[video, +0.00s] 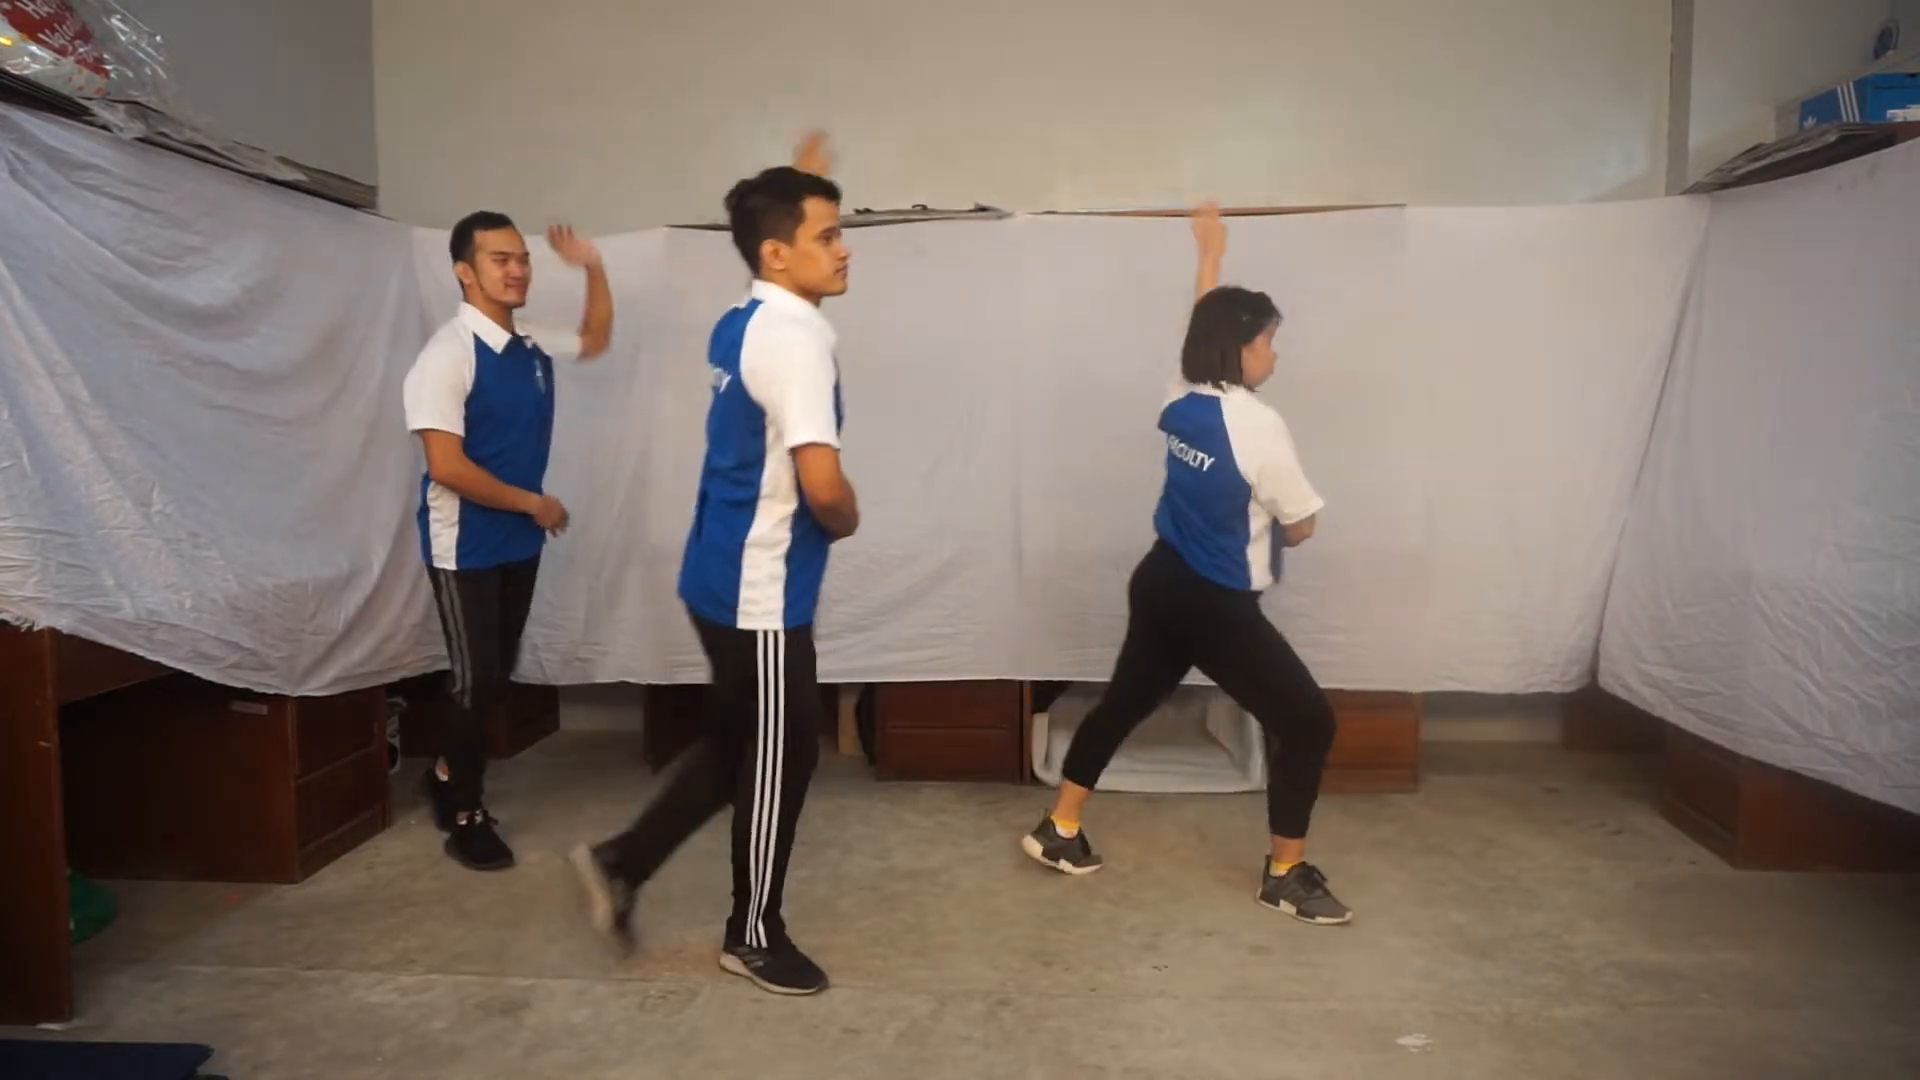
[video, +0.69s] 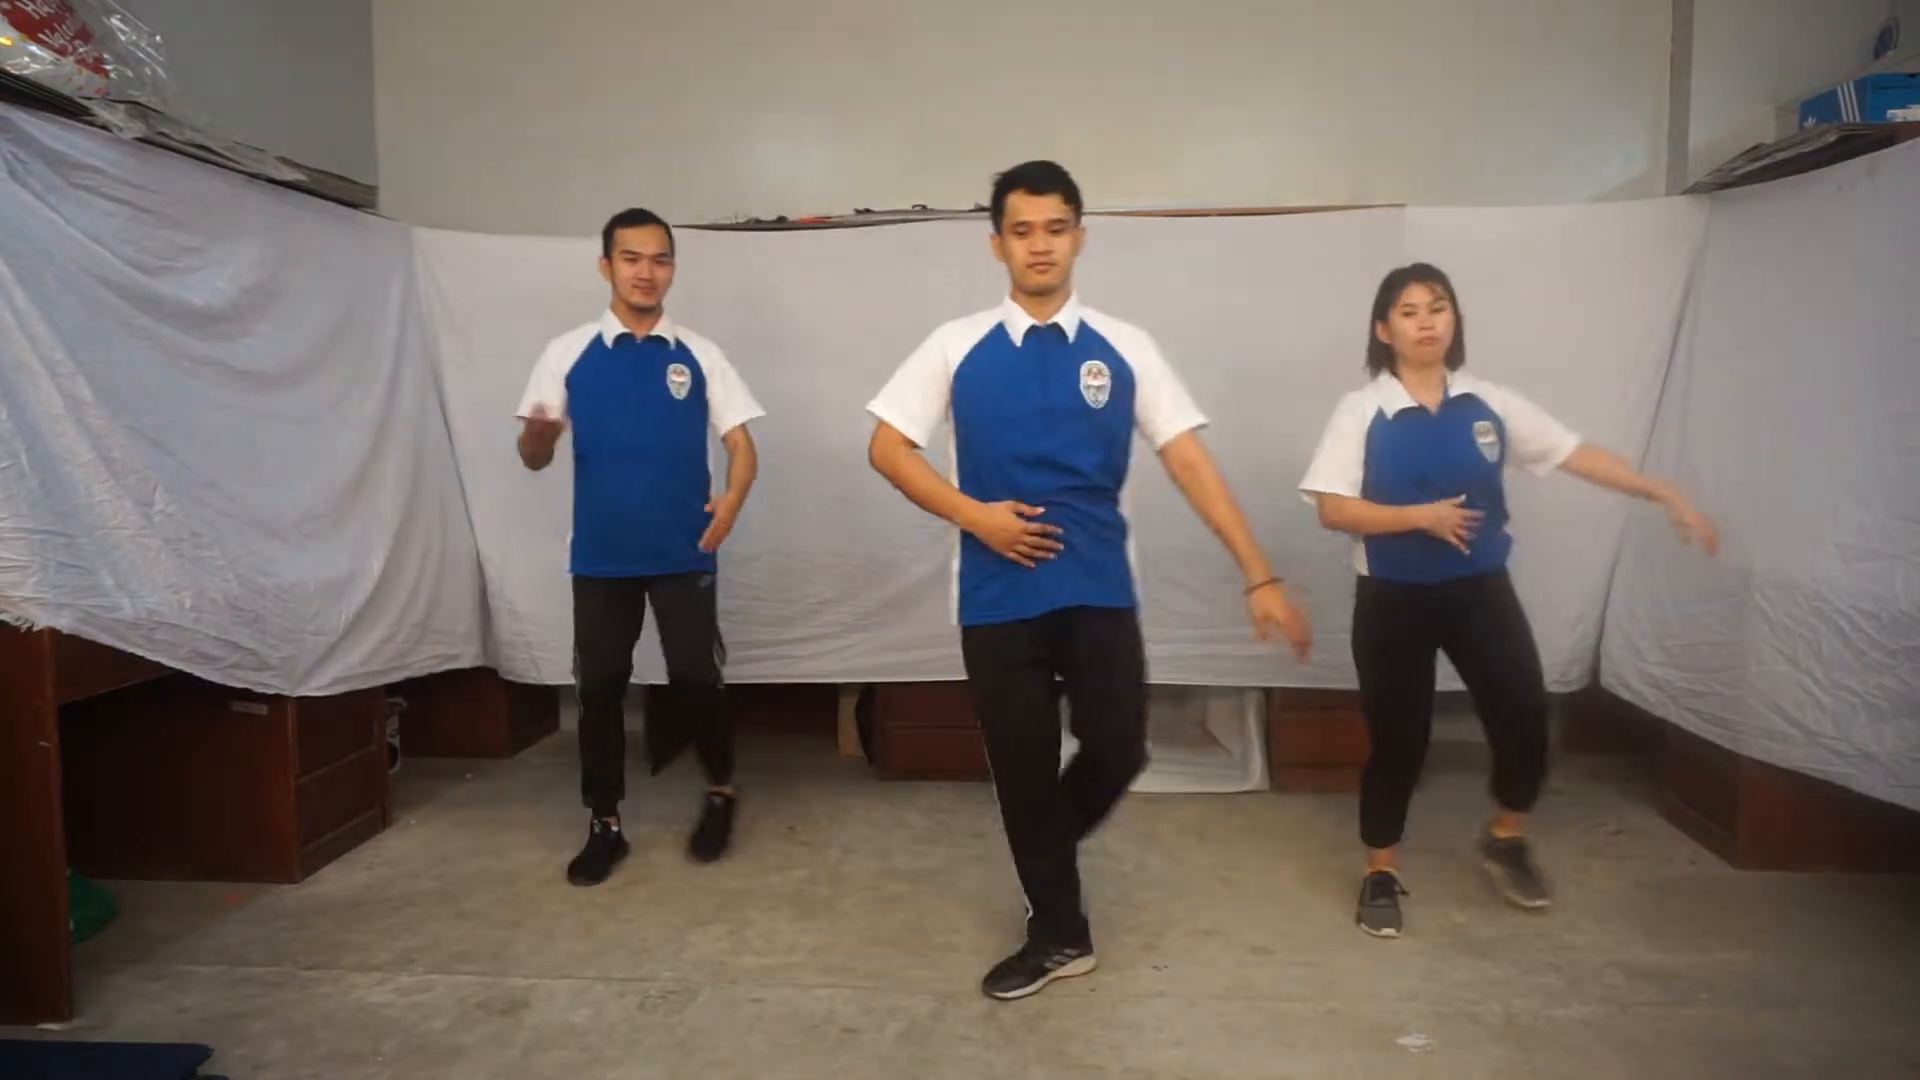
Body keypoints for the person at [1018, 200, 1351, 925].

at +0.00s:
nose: (1275, 353)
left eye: (1273, 341)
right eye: (1269, 341)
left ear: (1213, 345)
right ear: (1237, 346)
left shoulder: (1185, 398)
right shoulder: (1257, 423)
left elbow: (1202, 328)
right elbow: (1300, 524)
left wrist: (1209, 252)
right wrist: (1275, 531)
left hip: (1159, 582)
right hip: (1215, 604)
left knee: (1122, 704)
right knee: (1308, 723)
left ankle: (1060, 827)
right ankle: (1286, 870)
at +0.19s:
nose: (1324, 324)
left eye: (1322, 312)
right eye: (1307, 315)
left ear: (1287, 337)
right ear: (1271, 337)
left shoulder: (1275, 388)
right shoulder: (1291, 401)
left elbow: (1305, 445)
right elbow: (1343, 507)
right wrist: (1382, 533)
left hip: (1250, 581)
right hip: (1281, 592)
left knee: (1285, 719)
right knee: (1329, 728)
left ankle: (1166, 799)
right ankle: (1286, 872)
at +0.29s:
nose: (1350, 319)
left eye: (1349, 307)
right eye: (1330, 312)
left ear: (1351, 322)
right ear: (1296, 334)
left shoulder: (1329, 394)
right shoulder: (1311, 400)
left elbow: (1352, 465)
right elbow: (1350, 507)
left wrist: (1414, 473)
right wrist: (1417, 534)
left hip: (1317, 591)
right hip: (1291, 596)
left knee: (1370, 716)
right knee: (1329, 731)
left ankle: (1272, 820)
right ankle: (1286, 869)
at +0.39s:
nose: (1370, 313)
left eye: (1374, 301)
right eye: (1351, 306)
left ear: (1387, 313)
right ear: (1321, 328)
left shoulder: (1380, 394)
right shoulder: (1322, 395)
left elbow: (1408, 482)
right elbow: (1341, 502)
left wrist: (1477, 522)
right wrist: (1422, 530)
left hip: (1373, 585)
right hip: (1317, 590)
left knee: (1412, 711)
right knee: (1343, 730)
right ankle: (1291, 869)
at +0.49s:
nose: (1390, 316)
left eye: (1398, 303)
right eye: (1372, 306)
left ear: (1411, 316)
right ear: (1342, 324)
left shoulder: (1421, 400)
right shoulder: (1328, 398)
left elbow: (1466, 482)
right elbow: (1322, 501)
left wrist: (1541, 536)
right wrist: (1417, 526)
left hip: (1418, 582)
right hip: (1353, 589)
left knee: (1437, 715)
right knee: (1388, 726)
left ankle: (1400, 857)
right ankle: (1344, 865)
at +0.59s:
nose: (1407, 319)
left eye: (1417, 307)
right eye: (1390, 309)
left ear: (1432, 321)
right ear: (1362, 326)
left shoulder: (1454, 402)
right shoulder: (1341, 405)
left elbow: (1524, 469)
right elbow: (1321, 507)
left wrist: (1605, 517)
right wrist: (1412, 521)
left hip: (1451, 590)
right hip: (1373, 597)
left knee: (1488, 724)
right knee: (1396, 734)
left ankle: (1426, 842)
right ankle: (1378, 872)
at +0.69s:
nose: (1426, 322)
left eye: (1436, 309)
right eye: (1409, 312)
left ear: (1455, 321)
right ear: (1384, 329)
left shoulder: (1487, 401)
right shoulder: (1362, 409)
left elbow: (1572, 454)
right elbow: (1331, 508)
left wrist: (1662, 492)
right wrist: (1418, 516)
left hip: (1480, 596)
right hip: (1393, 602)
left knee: (1523, 719)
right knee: (1397, 745)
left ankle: (1506, 837)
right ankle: (1381, 871)